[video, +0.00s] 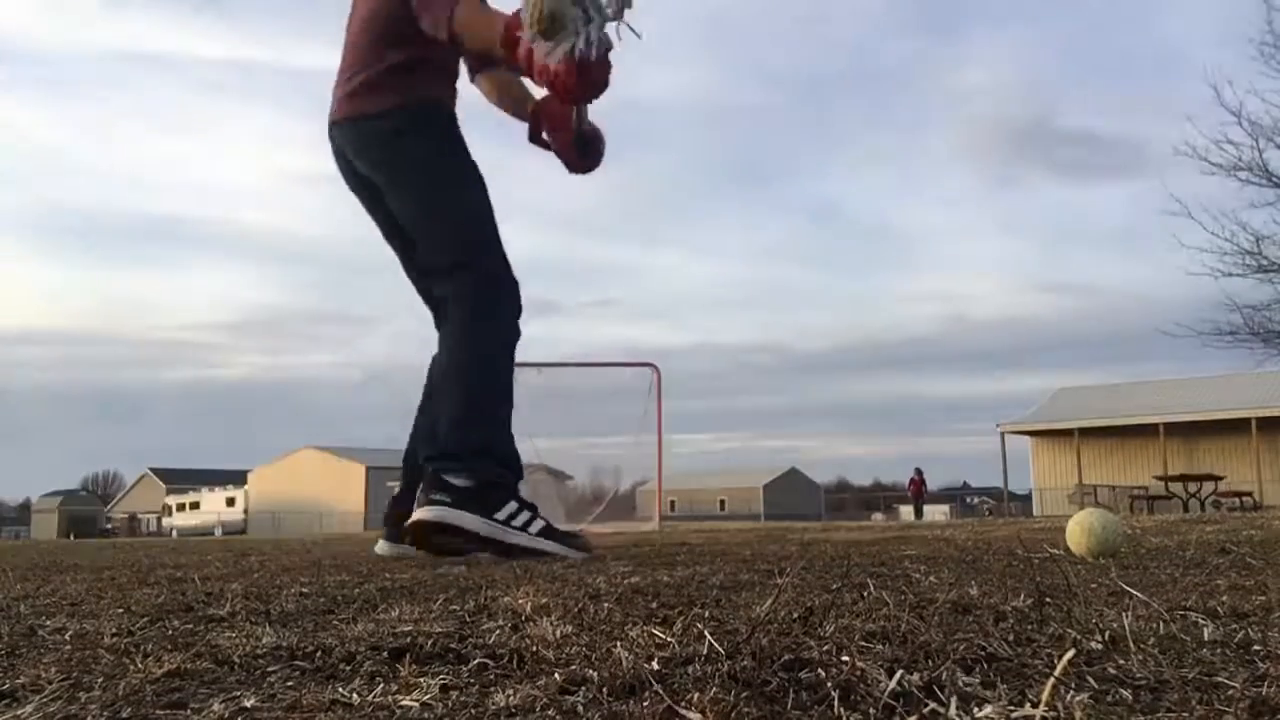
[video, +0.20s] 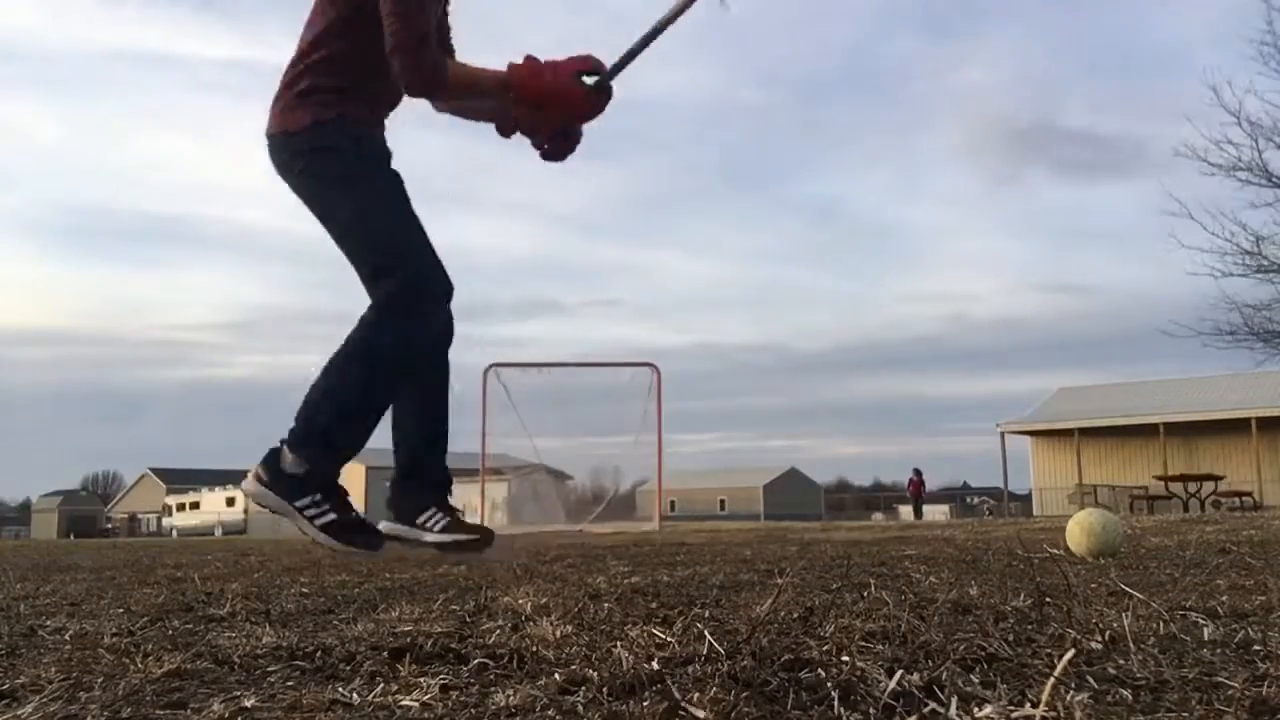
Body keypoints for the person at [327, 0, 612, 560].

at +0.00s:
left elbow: (487, 68)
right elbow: (447, 13)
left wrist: (548, 116)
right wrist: (531, 47)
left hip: (365, 121)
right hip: (403, 114)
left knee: (466, 307)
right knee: (487, 293)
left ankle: (419, 508)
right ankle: (471, 486)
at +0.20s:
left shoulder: (425, 7)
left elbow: (441, 88)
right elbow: (422, 74)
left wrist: (526, 113)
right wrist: (526, 81)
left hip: (348, 133)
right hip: (321, 129)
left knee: (427, 303)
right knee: (415, 292)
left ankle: (418, 501)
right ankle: (295, 469)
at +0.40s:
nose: (457, 28)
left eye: (459, 16)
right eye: (458, 12)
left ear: (421, 7)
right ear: (436, 4)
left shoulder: (412, 75)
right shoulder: (344, 25)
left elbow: (414, 189)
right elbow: (321, 85)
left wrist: (435, 172)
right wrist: (438, 89)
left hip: (301, 225)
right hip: (269, 220)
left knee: (362, 366)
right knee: (376, 364)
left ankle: (248, 489)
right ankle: (275, 520)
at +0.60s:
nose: (410, 104)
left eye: (414, 91)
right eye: (408, 89)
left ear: (373, 80)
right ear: (379, 79)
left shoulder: (369, 143)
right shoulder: (309, 111)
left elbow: (391, 224)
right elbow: (305, 207)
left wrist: (425, 213)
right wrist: (382, 196)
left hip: (241, 271)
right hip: (239, 267)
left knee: (283, 390)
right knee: (325, 395)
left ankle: (230, 512)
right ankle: (284, 490)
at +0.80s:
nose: (385, 136)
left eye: (389, 126)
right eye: (388, 126)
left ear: (340, 97)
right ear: (379, 120)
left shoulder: (281, 106)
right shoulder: (359, 184)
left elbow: (212, 156)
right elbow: (323, 238)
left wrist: (278, 207)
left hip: (177, 267)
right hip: (239, 287)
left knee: (233, 400)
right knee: (225, 425)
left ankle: (223, 523)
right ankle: (109, 448)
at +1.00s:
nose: (343, 140)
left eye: (345, 132)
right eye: (347, 132)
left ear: (302, 107)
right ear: (342, 129)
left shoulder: (269, 120)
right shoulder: (329, 185)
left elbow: (229, 171)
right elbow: (233, 203)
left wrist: (146, 173)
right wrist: (147, 170)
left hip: (183, 278)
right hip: (240, 299)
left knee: (249, 389)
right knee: (151, 424)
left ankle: (222, 527)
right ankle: (10, 488)